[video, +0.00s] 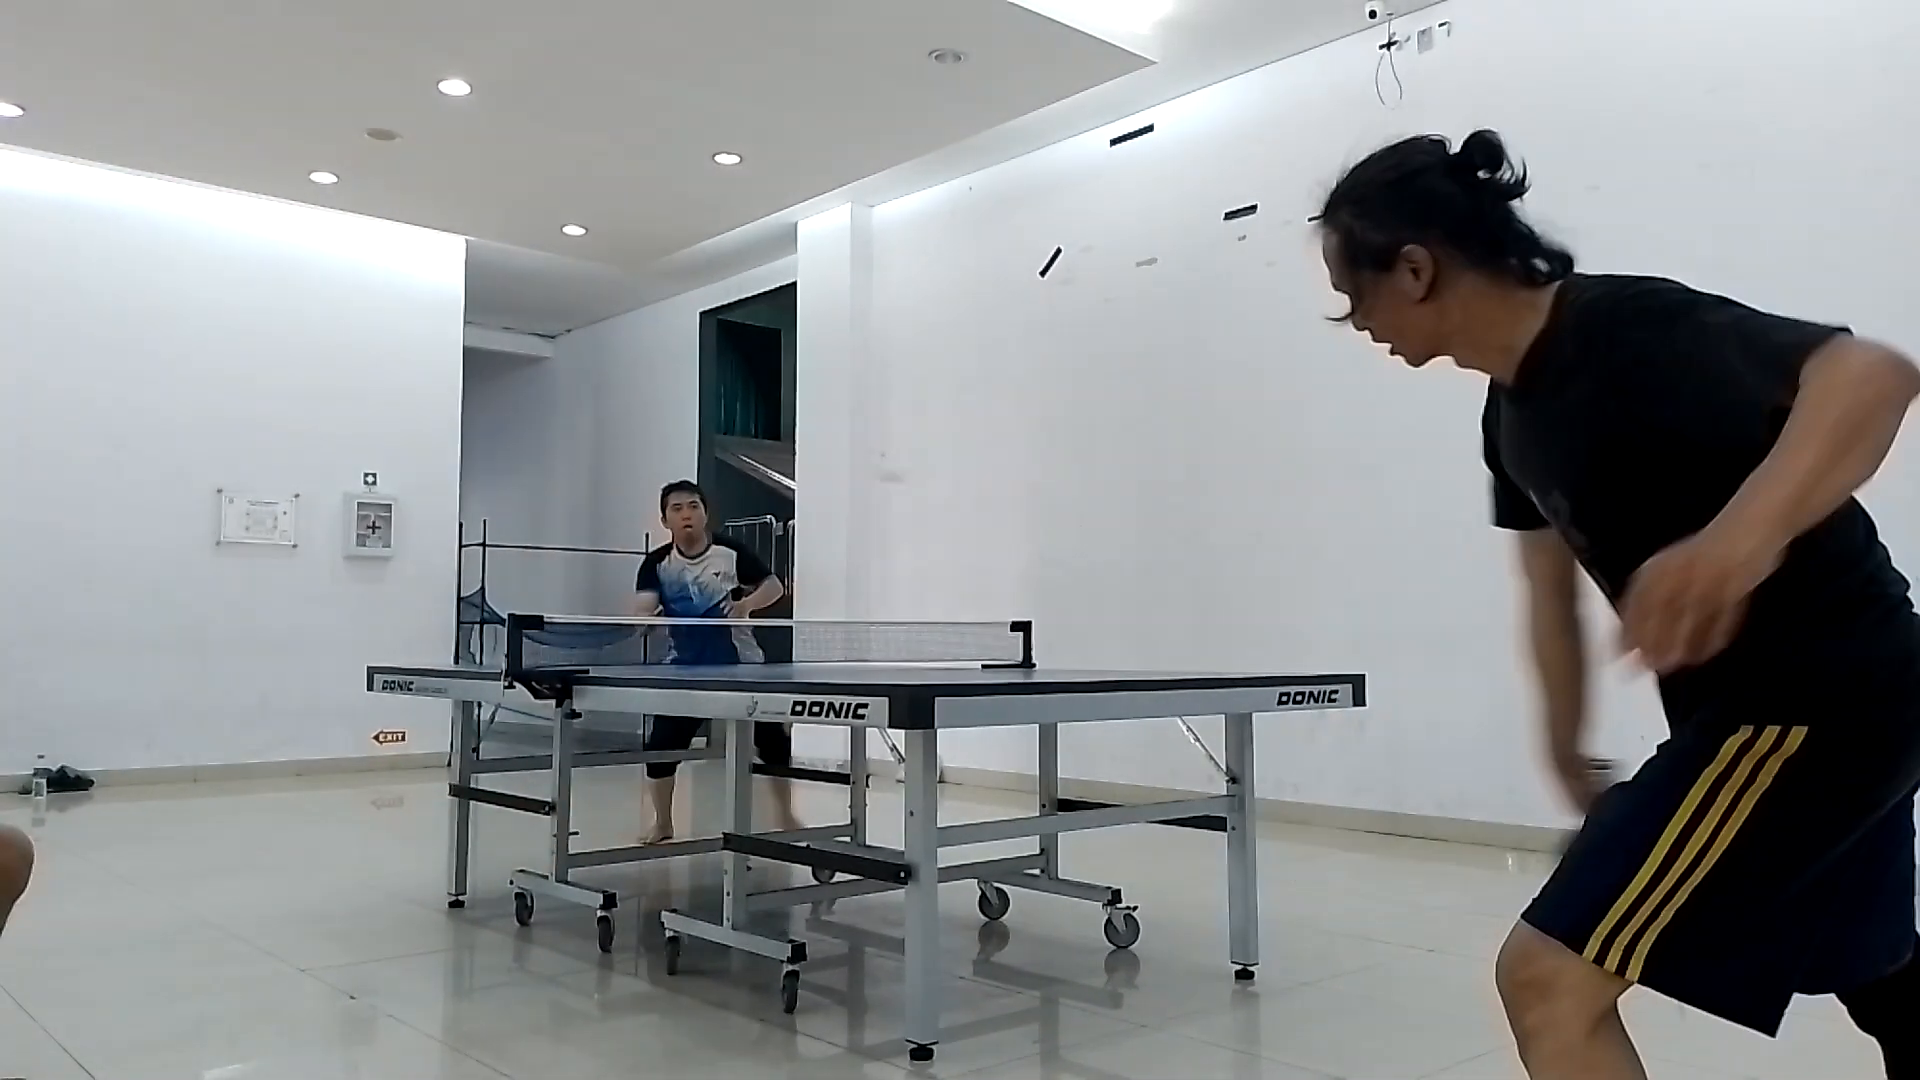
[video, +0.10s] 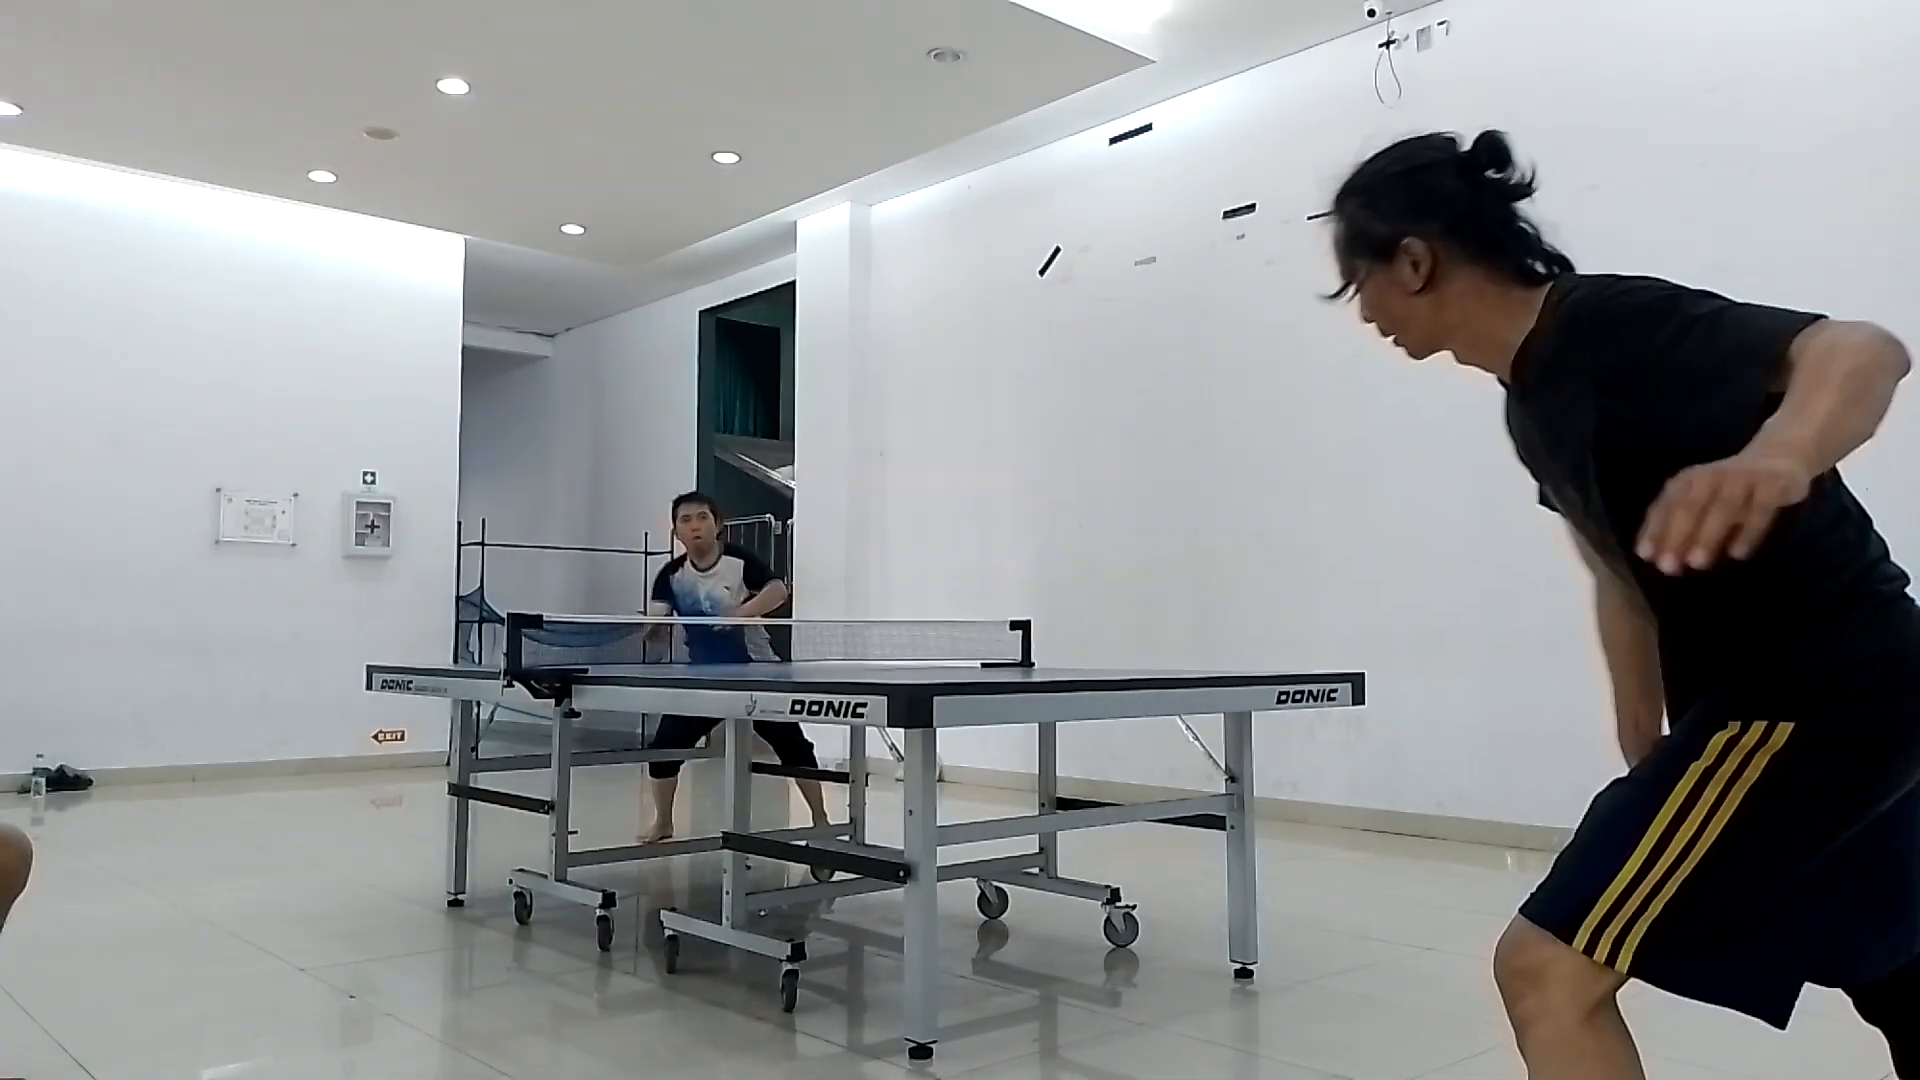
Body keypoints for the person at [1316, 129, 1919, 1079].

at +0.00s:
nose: (1360, 328)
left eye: (1355, 302)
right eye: (1347, 309)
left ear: (1416, 267)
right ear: (1422, 272)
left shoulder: (1622, 322)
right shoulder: (1511, 417)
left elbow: (1873, 375)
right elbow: (1549, 587)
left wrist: (1739, 539)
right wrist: (1567, 752)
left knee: (1549, 983)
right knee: (1884, 982)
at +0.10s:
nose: (1360, 312)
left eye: (1356, 284)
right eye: (1349, 289)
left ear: (1415, 260)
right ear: (1423, 263)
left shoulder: (1606, 321)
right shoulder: (1534, 406)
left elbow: (1863, 350)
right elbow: (1620, 584)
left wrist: (1781, 453)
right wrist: (1647, 764)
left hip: (1813, 693)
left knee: (1546, 974)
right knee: (1899, 985)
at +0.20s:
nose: (1405, 298)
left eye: (1404, 269)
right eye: (1399, 276)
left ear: (1458, 250)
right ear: (1467, 253)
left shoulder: (1621, 323)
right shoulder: (1580, 371)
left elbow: (1842, 366)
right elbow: (1686, 556)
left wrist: (1761, 523)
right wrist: (1643, 718)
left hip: (1828, 687)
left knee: (1561, 960)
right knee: (1888, 969)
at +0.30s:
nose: (1484, 299)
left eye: (1482, 270)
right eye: (1478, 276)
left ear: (1534, 255)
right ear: (1547, 253)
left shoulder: (1668, 330)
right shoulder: (1650, 366)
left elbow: (1878, 394)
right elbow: (1742, 583)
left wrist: (1841, 614)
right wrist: (1628, 716)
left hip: (1832, 711)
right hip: (1877, 714)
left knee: (1615, 959)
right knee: (1906, 1005)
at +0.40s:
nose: (1574, 307)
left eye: (1576, 281)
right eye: (1571, 286)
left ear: (1628, 265)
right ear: (1637, 266)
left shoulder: (1776, 334)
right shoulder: (1746, 369)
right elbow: (1799, 586)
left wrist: (1908, 637)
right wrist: (1645, 700)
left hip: (1898, 720)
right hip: (1882, 722)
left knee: (1759, 959)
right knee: (1909, 999)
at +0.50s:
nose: (1660, 313)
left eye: (1667, 285)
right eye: (1658, 291)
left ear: (1720, 266)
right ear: (1727, 269)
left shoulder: (1865, 344)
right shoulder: (1829, 376)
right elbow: (1873, 592)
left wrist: (1918, 629)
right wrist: (1703, 687)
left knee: (1833, 940)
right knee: (1859, 948)